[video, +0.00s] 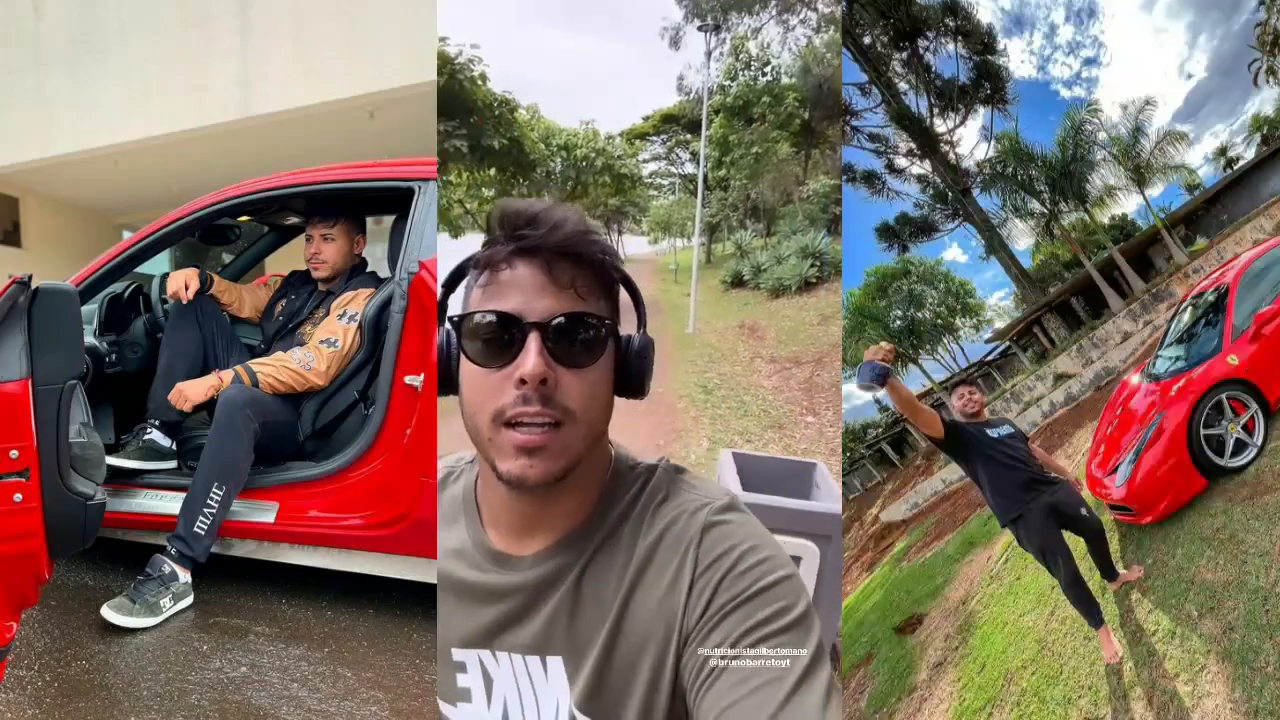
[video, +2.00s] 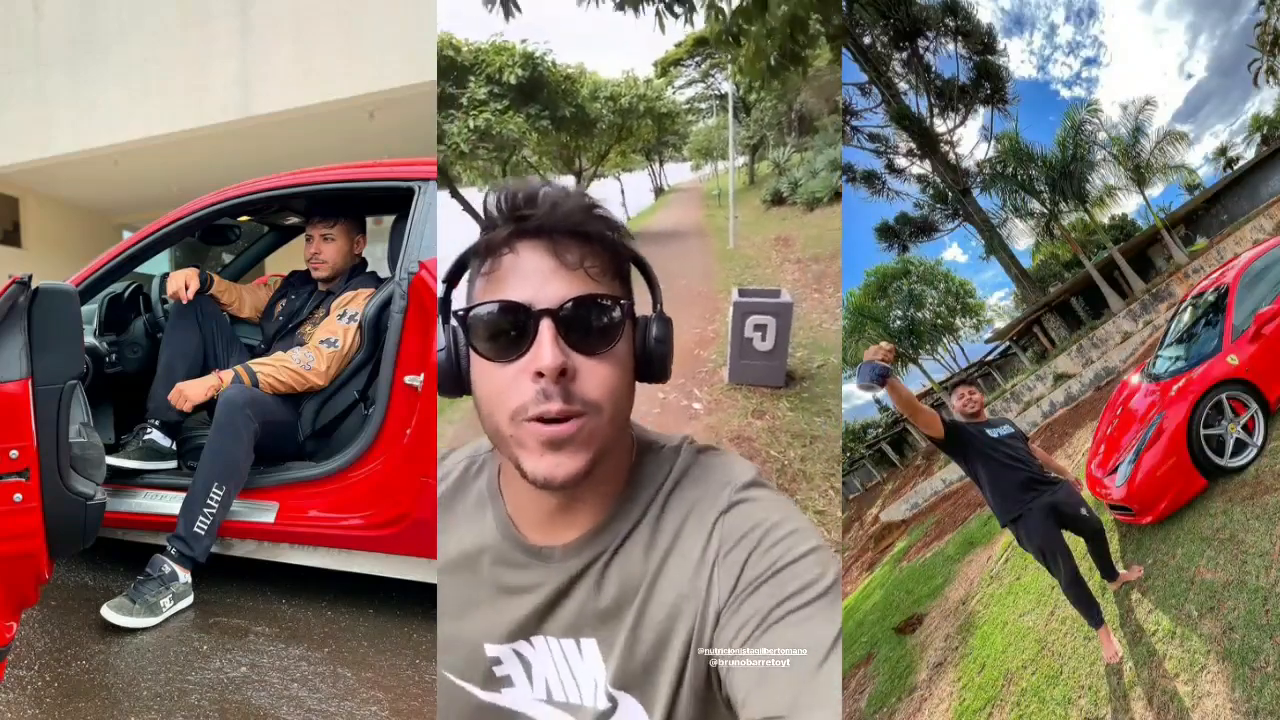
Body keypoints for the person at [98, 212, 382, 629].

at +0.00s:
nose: (314, 249)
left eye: (328, 239)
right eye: (310, 239)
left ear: (358, 245)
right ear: (304, 243)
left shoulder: (361, 297)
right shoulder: (291, 286)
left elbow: (315, 367)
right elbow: (241, 299)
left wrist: (220, 380)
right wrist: (201, 279)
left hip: (316, 411)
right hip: (264, 387)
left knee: (239, 403)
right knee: (196, 303)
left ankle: (177, 568)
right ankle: (161, 433)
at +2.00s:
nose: (314, 249)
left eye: (328, 239)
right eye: (310, 239)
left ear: (358, 245)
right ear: (304, 243)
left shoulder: (361, 297)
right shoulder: (291, 286)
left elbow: (315, 367)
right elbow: (241, 299)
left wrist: (220, 380)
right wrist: (201, 279)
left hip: (317, 411)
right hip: (266, 389)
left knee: (239, 402)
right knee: (196, 303)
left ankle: (177, 567)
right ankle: (161, 432)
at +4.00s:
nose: (314, 249)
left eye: (328, 239)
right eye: (310, 239)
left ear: (358, 245)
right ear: (305, 244)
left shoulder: (362, 297)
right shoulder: (291, 286)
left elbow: (315, 367)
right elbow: (242, 299)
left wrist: (220, 380)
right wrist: (201, 279)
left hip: (314, 412)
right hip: (260, 386)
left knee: (238, 402)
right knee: (195, 302)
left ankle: (176, 567)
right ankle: (160, 433)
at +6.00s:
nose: (315, 249)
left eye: (328, 239)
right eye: (310, 239)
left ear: (358, 245)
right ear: (304, 244)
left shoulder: (361, 297)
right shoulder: (292, 286)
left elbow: (315, 366)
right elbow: (243, 299)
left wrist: (219, 381)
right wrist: (203, 279)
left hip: (315, 411)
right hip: (265, 389)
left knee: (239, 402)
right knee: (196, 303)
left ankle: (177, 568)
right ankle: (161, 433)